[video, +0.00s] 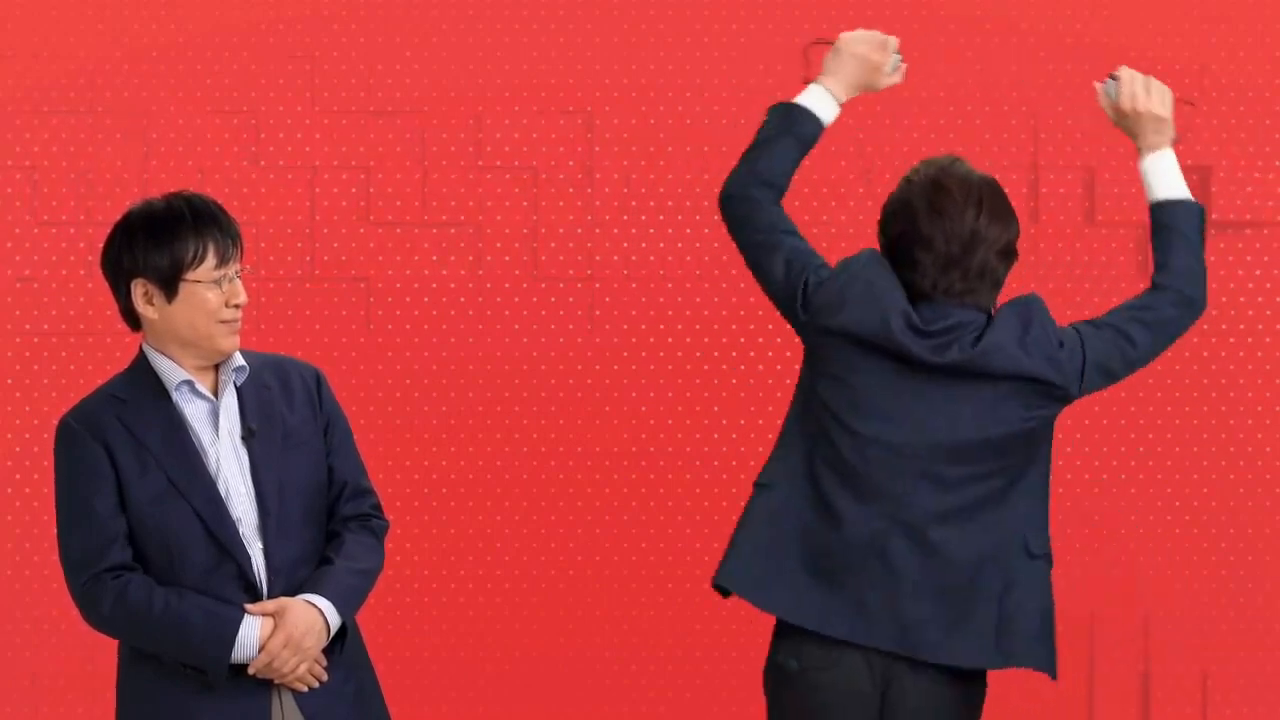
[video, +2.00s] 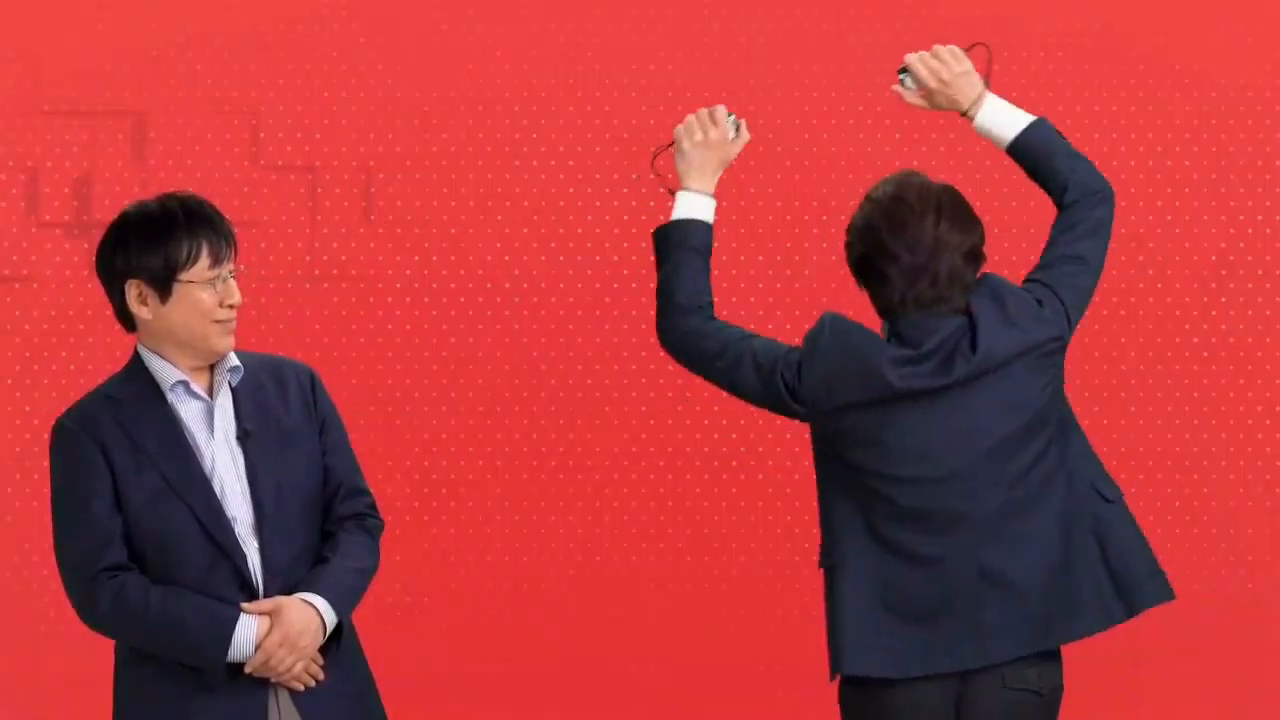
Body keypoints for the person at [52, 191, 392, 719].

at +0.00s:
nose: (239, 297)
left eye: (237, 278)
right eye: (215, 282)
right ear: (148, 300)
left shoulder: (302, 388)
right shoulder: (93, 432)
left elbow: (362, 523)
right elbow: (104, 590)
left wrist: (321, 612)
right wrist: (251, 639)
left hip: (335, 700)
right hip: (192, 708)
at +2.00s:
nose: (233, 298)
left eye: (232, 278)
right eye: (210, 282)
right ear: (143, 300)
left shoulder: (296, 388)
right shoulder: (89, 433)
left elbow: (357, 522)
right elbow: (101, 591)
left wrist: (317, 611)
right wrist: (248, 638)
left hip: (330, 699)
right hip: (190, 707)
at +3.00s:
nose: (237, 297)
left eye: (235, 277)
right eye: (214, 282)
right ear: (147, 300)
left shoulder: (301, 389)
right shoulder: (92, 433)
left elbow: (360, 524)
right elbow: (104, 590)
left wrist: (319, 612)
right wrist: (250, 639)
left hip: (332, 700)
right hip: (191, 708)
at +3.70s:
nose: (240, 298)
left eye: (238, 278)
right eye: (216, 283)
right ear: (149, 300)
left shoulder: (303, 388)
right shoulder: (93, 432)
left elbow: (363, 524)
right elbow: (106, 591)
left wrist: (321, 612)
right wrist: (252, 639)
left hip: (335, 700)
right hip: (193, 708)